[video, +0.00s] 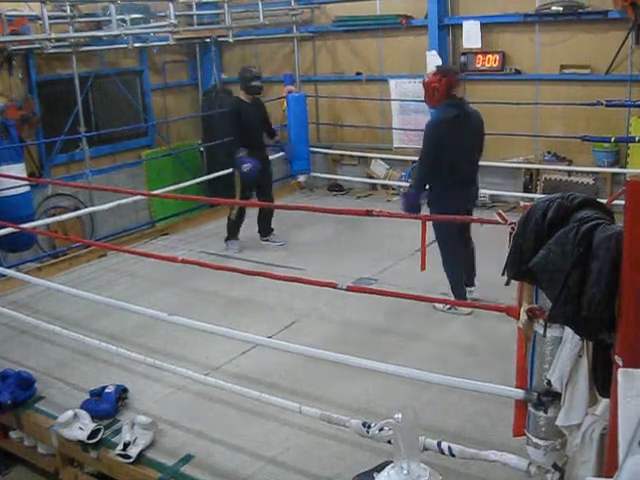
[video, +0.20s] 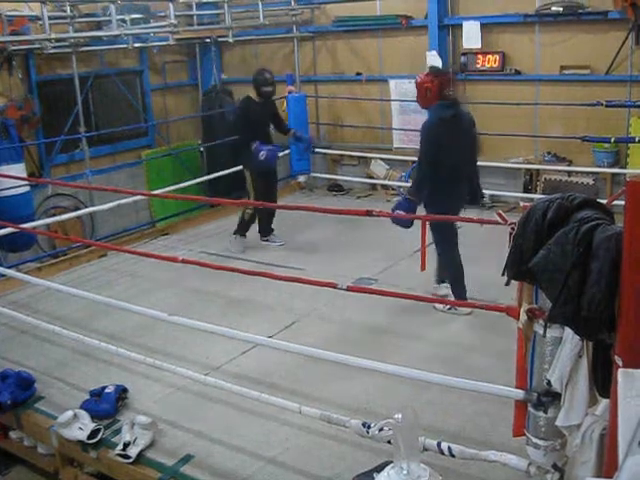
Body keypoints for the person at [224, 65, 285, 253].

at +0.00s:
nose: (258, 85)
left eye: (259, 81)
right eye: (253, 82)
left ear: (260, 82)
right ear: (243, 84)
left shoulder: (258, 104)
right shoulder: (235, 106)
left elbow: (265, 124)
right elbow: (233, 133)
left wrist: (274, 136)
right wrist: (240, 154)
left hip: (261, 154)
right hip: (244, 156)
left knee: (266, 197)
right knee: (241, 198)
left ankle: (266, 233)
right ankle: (232, 237)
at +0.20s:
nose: (269, 89)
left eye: (271, 85)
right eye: (264, 85)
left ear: (274, 85)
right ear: (256, 86)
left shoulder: (269, 104)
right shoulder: (246, 104)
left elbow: (279, 125)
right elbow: (242, 132)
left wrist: (295, 135)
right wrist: (255, 148)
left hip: (268, 154)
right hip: (251, 156)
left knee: (270, 196)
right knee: (257, 197)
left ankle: (266, 234)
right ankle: (240, 233)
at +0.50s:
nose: (285, 88)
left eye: (286, 84)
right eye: (280, 85)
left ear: (288, 85)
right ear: (271, 87)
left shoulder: (288, 103)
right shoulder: (260, 106)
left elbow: (302, 125)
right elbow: (257, 135)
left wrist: (316, 125)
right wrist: (270, 138)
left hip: (280, 154)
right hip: (261, 156)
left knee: (278, 194)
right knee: (274, 195)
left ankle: (265, 231)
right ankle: (287, 236)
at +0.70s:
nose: (294, 92)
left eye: (296, 88)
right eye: (289, 89)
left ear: (299, 89)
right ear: (280, 91)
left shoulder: (300, 106)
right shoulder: (270, 109)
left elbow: (318, 126)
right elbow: (272, 137)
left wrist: (327, 115)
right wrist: (286, 126)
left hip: (294, 160)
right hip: (276, 161)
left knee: (296, 201)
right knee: (288, 201)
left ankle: (274, 225)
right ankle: (297, 240)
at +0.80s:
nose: (298, 92)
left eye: (300, 87)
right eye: (294, 88)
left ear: (303, 88)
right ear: (284, 90)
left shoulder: (304, 105)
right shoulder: (274, 109)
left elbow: (322, 124)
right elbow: (277, 133)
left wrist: (330, 113)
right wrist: (291, 121)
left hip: (301, 160)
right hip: (282, 162)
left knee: (311, 200)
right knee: (291, 202)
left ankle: (291, 217)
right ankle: (297, 240)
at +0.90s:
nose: (302, 92)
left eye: (305, 88)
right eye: (298, 88)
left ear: (308, 88)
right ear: (289, 89)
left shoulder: (309, 104)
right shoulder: (280, 107)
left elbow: (327, 124)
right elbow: (282, 131)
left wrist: (333, 112)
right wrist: (295, 117)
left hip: (307, 160)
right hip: (288, 162)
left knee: (322, 197)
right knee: (296, 204)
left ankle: (311, 225)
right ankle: (297, 240)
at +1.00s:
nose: (306, 97)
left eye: (309, 93)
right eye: (302, 93)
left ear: (313, 92)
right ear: (295, 92)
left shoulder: (316, 106)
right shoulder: (286, 107)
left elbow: (333, 127)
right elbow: (288, 130)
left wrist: (338, 113)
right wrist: (301, 116)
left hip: (313, 159)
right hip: (293, 161)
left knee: (329, 196)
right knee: (298, 203)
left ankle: (336, 231)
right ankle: (299, 241)